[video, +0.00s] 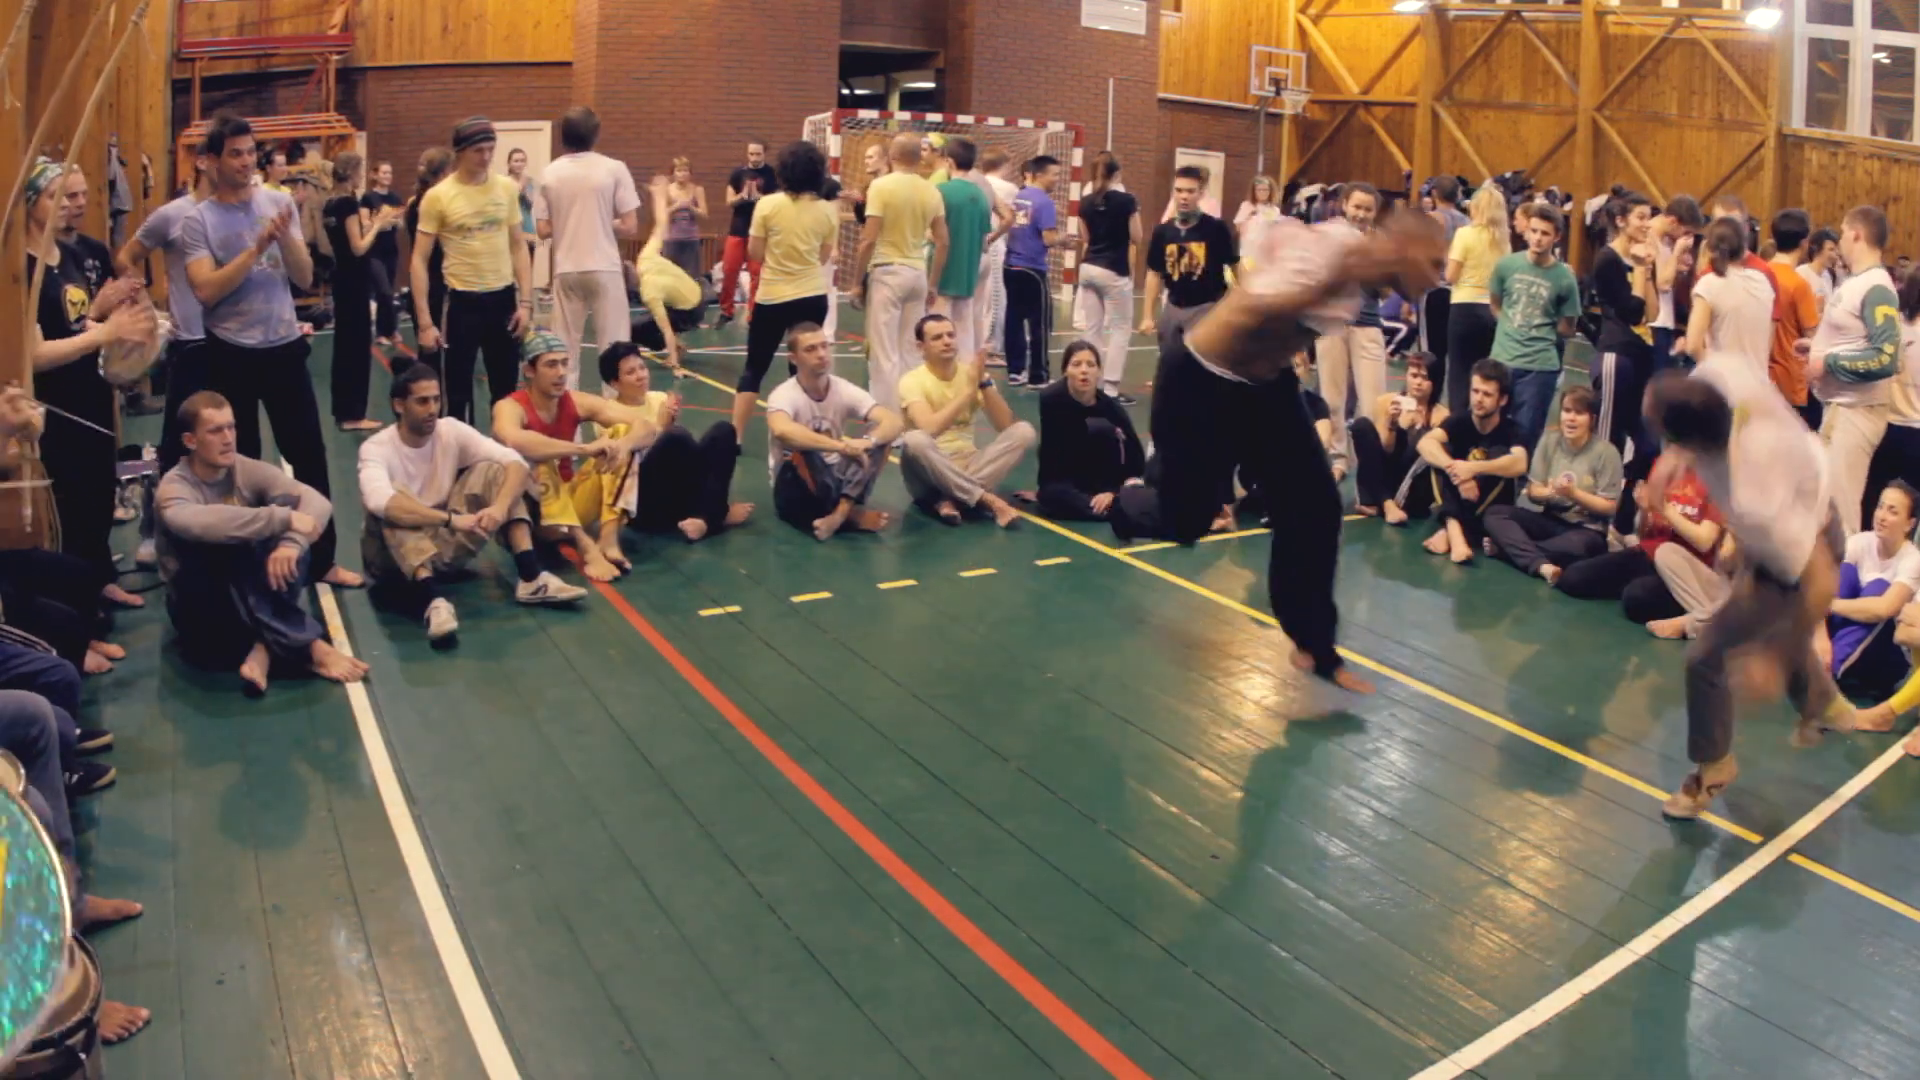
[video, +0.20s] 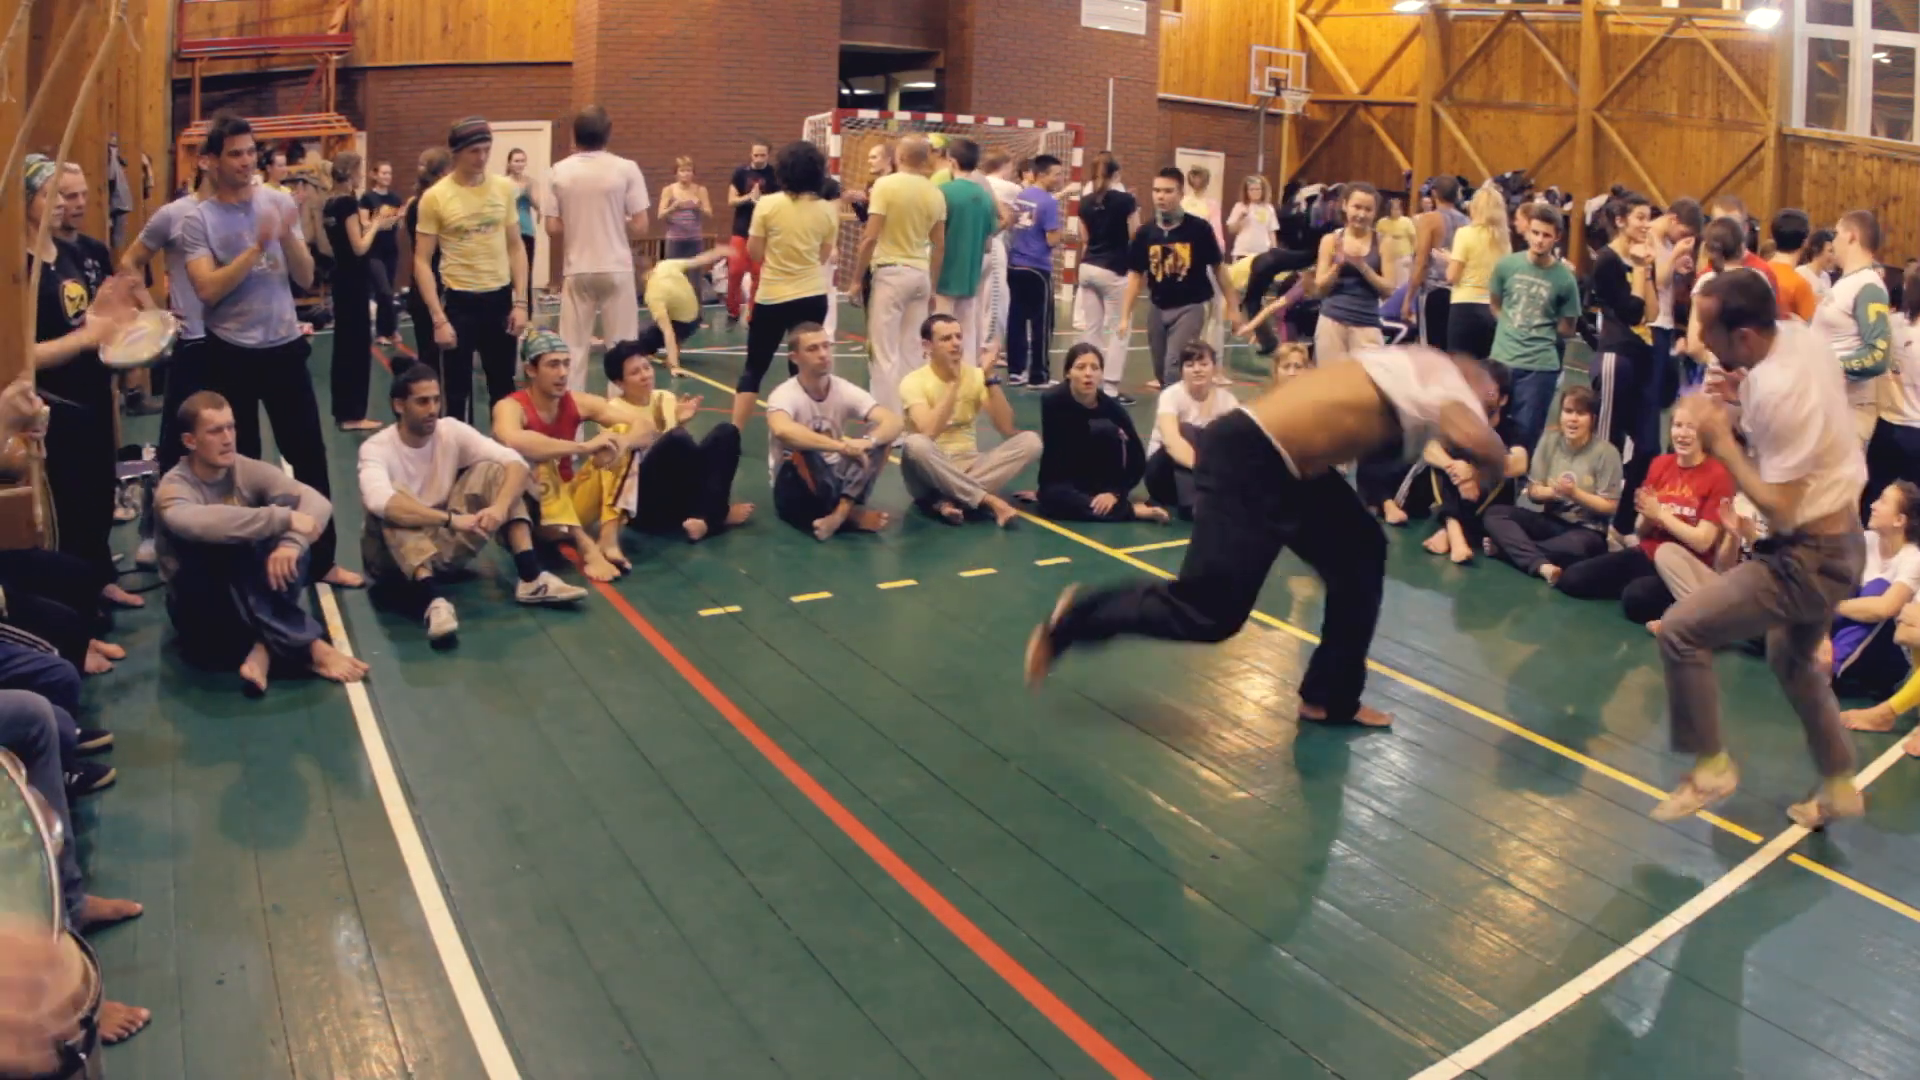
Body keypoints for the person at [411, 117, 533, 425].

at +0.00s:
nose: (485, 157)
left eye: (489, 150)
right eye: (477, 150)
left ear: (495, 150)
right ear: (459, 152)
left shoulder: (507, 189)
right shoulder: (438, 197)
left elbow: (518, 246)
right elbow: (419, 260)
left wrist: (525, 302)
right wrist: (424, 323)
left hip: (502, 299)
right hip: (461, 301)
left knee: (505, 390)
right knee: (457, 392)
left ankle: (506, 459)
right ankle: (459, 460)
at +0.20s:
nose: (481, 158)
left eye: (485, 150)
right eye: (473, 151)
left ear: (490, 150)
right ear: (456, 153)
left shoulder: (504, 189)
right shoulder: (435, 198)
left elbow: (515, 246)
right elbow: (422, 261)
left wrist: (520, 302)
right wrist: (438, 319)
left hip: (499, 299)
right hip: (457, 301)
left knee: (503, 389)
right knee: (456, 391)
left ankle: (506, 456)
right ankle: (456, 460)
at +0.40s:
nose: (473, 160)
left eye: (478, 152)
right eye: (465, 153)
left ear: (483, 152)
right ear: (448, 155)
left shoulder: (499, 189)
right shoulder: (428, 200)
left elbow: (510, 246)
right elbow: (409, 261)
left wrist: (516, 299)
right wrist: (428, 316)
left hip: (495, 300)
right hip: (453, 302)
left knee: (503, 390)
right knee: (455, 393)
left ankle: (507, 459)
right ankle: (457, 460)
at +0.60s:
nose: (468, 162)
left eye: (472, 154)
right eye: (460, 156)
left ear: (478, 154)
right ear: (443, 158)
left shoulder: (493, 189)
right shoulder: (423, 204)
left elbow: (503, 243)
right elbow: (404, 265)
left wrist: (510, 289)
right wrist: (428, 316)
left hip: (490, 300)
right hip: (449, 304)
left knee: (513, 378)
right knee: (453, 393)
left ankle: (515, 454)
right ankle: (455, 460)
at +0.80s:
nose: (470, 165)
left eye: (474, 157)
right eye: (461, 159)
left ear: (480, 156)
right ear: (445, 161)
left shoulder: (496, 189)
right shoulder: (425, 206)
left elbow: (507, 238)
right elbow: (405, 265)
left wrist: (510, 287)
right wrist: (432, 313)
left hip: (491, 300)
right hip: (450, 304)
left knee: (513, 382)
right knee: (454, 392)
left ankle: (520, 454)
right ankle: (456, 458)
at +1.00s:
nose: (482, 174)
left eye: (486, 166)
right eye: (474, 168)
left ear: (493, 164)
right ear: (458, 170)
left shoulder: (511, 195)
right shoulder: (436, 208)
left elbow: (521, 244)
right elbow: (412, 265)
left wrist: (517, 293)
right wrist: (438, 312)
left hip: (498, 303)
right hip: (455, 306)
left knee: (515, 384)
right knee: (456, 391)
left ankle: (523, 456)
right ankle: (458, 457)